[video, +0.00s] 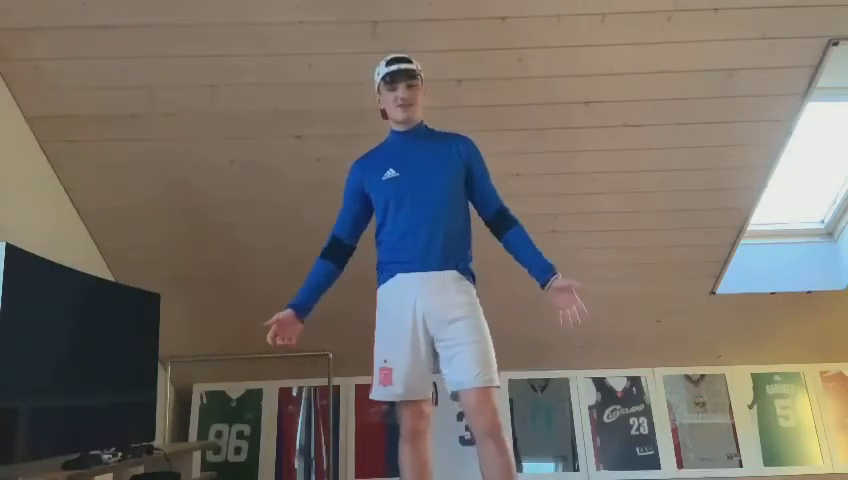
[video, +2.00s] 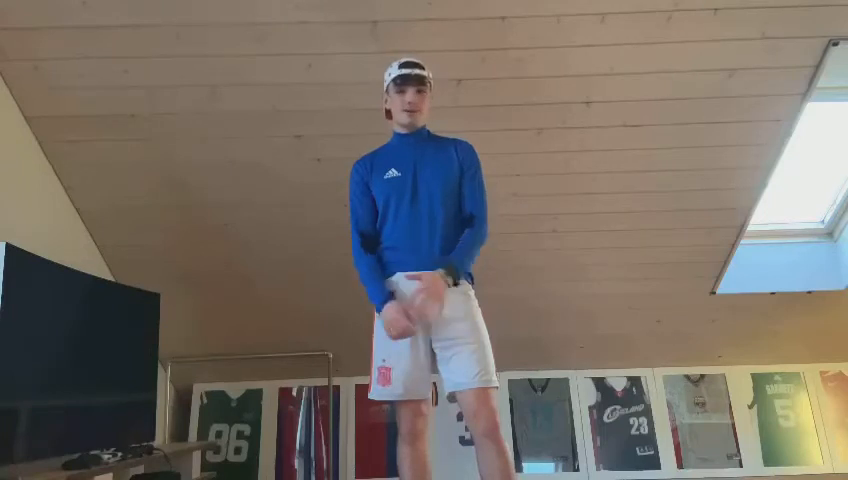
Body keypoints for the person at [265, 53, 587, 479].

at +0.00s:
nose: (403, 94)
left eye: (411, 85)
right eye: (393, 88)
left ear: (424, 93)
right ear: (381, 102)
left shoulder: (459, 148)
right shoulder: (368, 165)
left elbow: (500, 220)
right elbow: (338, 246)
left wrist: (548, 278)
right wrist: (298, 310)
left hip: (455, 292)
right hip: (398, 298)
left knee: (485, 414)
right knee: (414, 418)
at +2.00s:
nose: (411, 97)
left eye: (420, 90)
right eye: (401, 90)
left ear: (430, 100)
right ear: (387, 102)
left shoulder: (460, 152)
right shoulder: (366, 168)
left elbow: (477, 223)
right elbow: (362, 244)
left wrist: (447, 274)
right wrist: (384, 302)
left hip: (453, 294)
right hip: (395, 299)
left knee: (484, 417)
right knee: (412, 420)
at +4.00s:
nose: (413, 95)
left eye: (420, 88)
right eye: (402, 87)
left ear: (428, 97)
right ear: (383, 99)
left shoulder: (456, 151)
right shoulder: (362, 166)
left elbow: (478, 227)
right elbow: (349, 243)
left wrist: (444, 261)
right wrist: (381, 268)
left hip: (448, 295)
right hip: (392, 301)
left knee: (483, 418)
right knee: (410, 422)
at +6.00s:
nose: (514, 103)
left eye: (524, 93)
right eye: (506, 91)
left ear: (534, 90)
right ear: (488, 82)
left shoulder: (551, 140)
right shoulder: (454, 144)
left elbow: (594, 191)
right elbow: (430, 223)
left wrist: (526, 173)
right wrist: (471, 187)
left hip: (533, 288)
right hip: (475, 290)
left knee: (537, 415)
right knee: (469, 413)